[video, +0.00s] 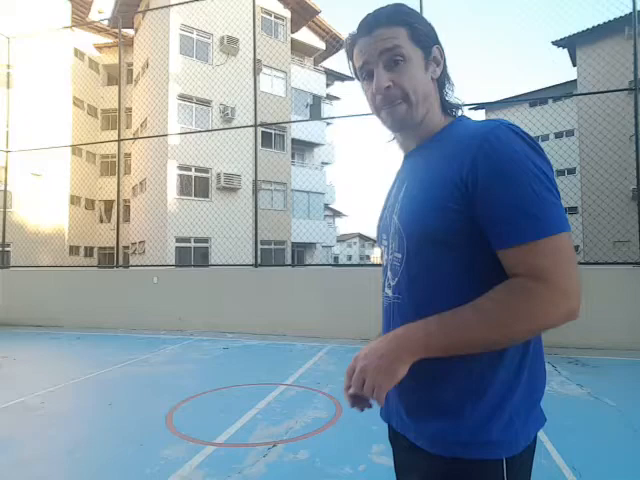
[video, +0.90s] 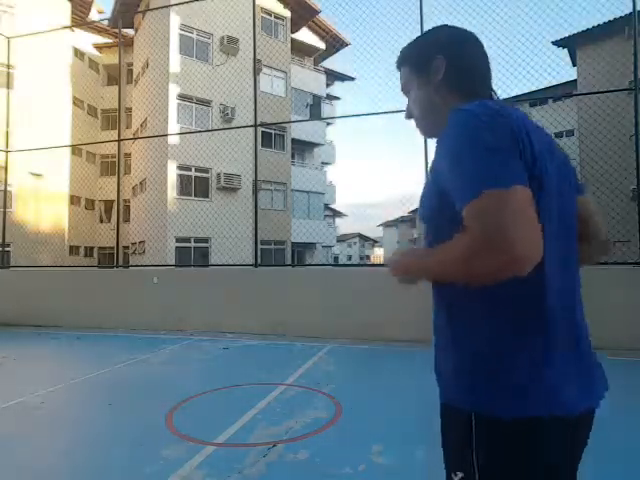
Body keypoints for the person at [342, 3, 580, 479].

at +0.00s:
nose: (381, 83)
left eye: (395, 61)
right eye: (367, 74)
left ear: (434, 63)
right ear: (361, 89)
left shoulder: (492, 146)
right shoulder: (409, 173)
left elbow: (555, 292)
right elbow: (426, 294)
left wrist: (405, 344)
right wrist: (384, 362)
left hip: (480, 439)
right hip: (414, 429)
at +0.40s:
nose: (391, 105)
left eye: (403, 85)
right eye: (385, 98)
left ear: (449, 80)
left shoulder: (480, 150)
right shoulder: (448, 163)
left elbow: (526, 274)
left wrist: (400, 308)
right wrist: (407, 314)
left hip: (478, 430)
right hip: (450, 422)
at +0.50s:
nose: (390, 88)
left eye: (400, 69)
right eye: (384, 79)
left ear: (446, 59)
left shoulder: (477, 121)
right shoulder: (453, 132)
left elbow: (521, 240)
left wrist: (404, 265)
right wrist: (411, 259)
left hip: (486, 400)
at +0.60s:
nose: (391, 88)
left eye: (401, 68)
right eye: (385, 78)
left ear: (447, 53)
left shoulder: (470, 108)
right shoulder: (503, 113)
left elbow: (511, 239)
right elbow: (561, 234)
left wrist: (404, 254)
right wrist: (440, 244)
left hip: (487, 402)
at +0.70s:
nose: (395, 113)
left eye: (402, 94)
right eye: (392, 102)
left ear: (452, 73)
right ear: (453, 73)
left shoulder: (479, 148)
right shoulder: (521, 151)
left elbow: (477, 295)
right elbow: (573, 273)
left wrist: (387, 299)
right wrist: (434, 302)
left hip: (494, 442)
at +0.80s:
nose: (403, 124)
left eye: (407, 106)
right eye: (401, 110)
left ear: (449, 86)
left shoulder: (477, 156)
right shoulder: (539, 163)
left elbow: (482, 298)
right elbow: (591, 272)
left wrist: (388, 308)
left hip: (494, 438)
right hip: (554, 429)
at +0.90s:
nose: (407, 108)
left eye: (407, 91)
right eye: (403, 95)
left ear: (437, 70)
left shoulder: (472, 125)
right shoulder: (534, 134)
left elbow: (510, 246)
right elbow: (589, 239)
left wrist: (416, 264)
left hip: (502, 401)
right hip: (558, 394)